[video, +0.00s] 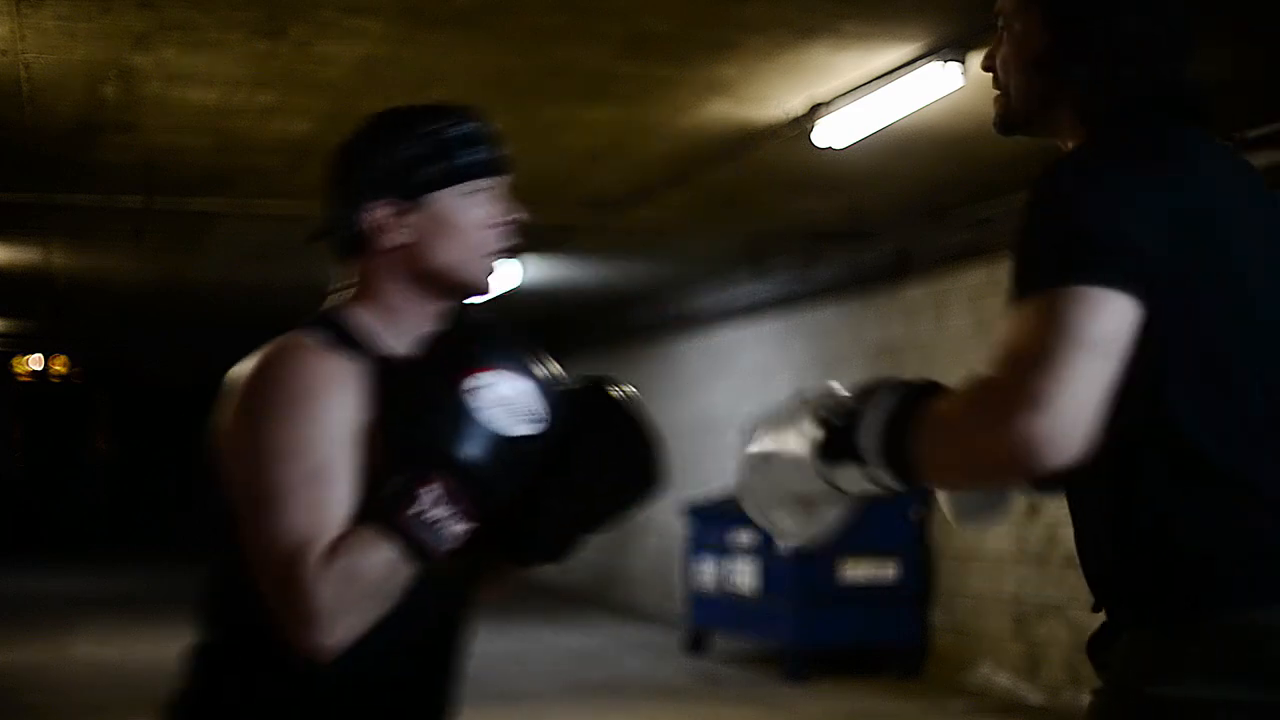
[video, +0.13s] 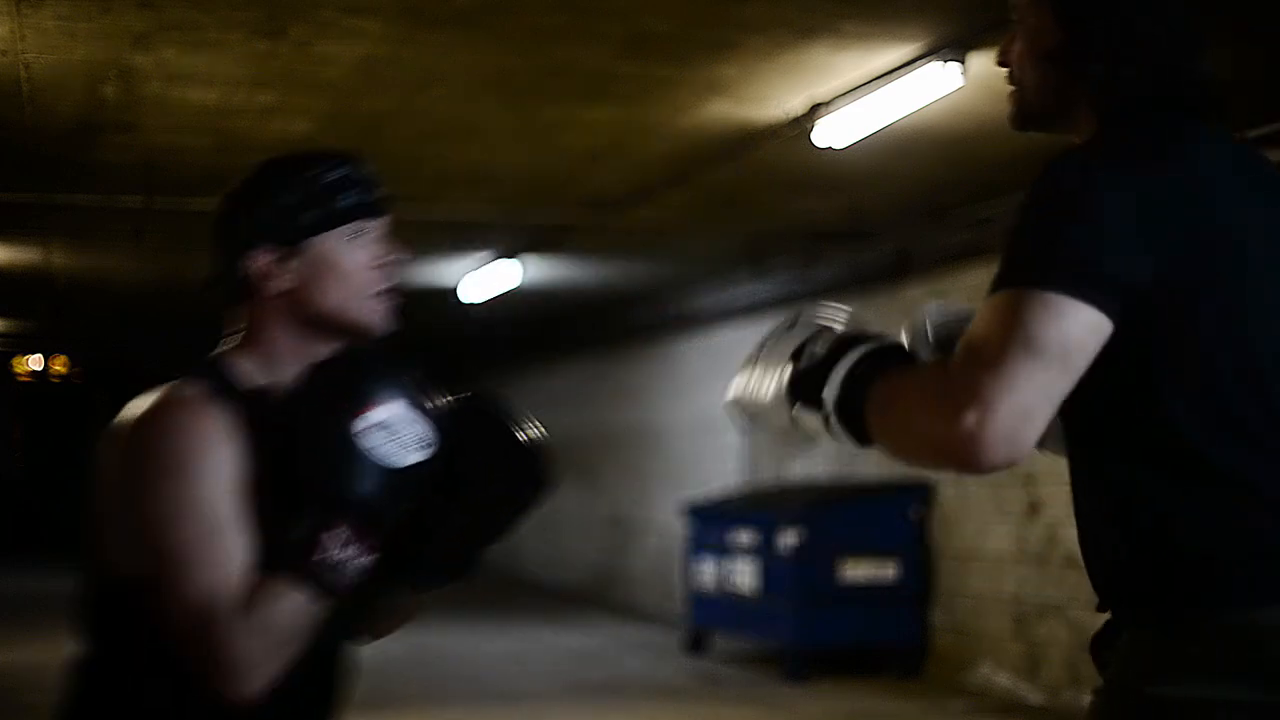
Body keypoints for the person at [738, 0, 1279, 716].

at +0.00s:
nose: (989, 60)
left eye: (1006, 30)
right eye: (996, 33)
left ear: (1062, 36)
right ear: (1115, 40)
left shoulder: (1108, 177)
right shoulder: (1217, 174)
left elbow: (1042, 428)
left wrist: (869, 431)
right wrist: (1004, 452)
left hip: (1198, 641)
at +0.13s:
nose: (1003, 55)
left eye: (1019, 29)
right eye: (1010, 31)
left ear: (1084, 35)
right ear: (1144, 39)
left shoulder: (1110, 180)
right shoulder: (1237, 172)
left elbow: (982, 425)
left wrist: (838, 370)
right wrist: (986, 352)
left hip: (1197, 641)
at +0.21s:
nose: (1028, 54)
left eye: (1048, 23)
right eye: (1035, 27)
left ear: (1115, 29)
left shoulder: (1141, 180)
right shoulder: (1238, 166)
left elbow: (1014, 434)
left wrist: (877, 339)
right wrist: (996, 316)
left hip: (1210, 643)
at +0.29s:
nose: (1055, 53)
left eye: (1076, 21)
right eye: (1063, 25)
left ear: (1142, 25)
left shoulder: (1182, 173)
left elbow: (1082, 448)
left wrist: (953, 332)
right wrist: (1025, 329)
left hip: (1227, 649)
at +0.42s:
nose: (1084, 60)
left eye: (1105, 26)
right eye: (1091, 31)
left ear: (1173, 27)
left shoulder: (1217, 181)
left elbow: (1163, 460)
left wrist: (1020, 330)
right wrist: (1056, 327)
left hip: (1239, 652)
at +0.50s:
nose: (1092, 63)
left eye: (1113, 30)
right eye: (1102, 34)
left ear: (1184, 33)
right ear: (1182, 41)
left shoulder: (1238, 178)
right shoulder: (1228, 177)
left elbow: (1184, 455)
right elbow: (1187, 447)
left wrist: (1026, 333)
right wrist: (1044, 328)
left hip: (1241, 658)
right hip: (1230, 649)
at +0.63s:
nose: (1079, 61)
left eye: (1103, 29)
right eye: (1089, 32)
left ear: (1172, 33)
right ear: (1177, 39)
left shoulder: (1231, 166)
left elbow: (1161, 446)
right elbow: (1164, 442)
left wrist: (1026, 336)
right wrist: (1043, 337)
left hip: (1223, 656)